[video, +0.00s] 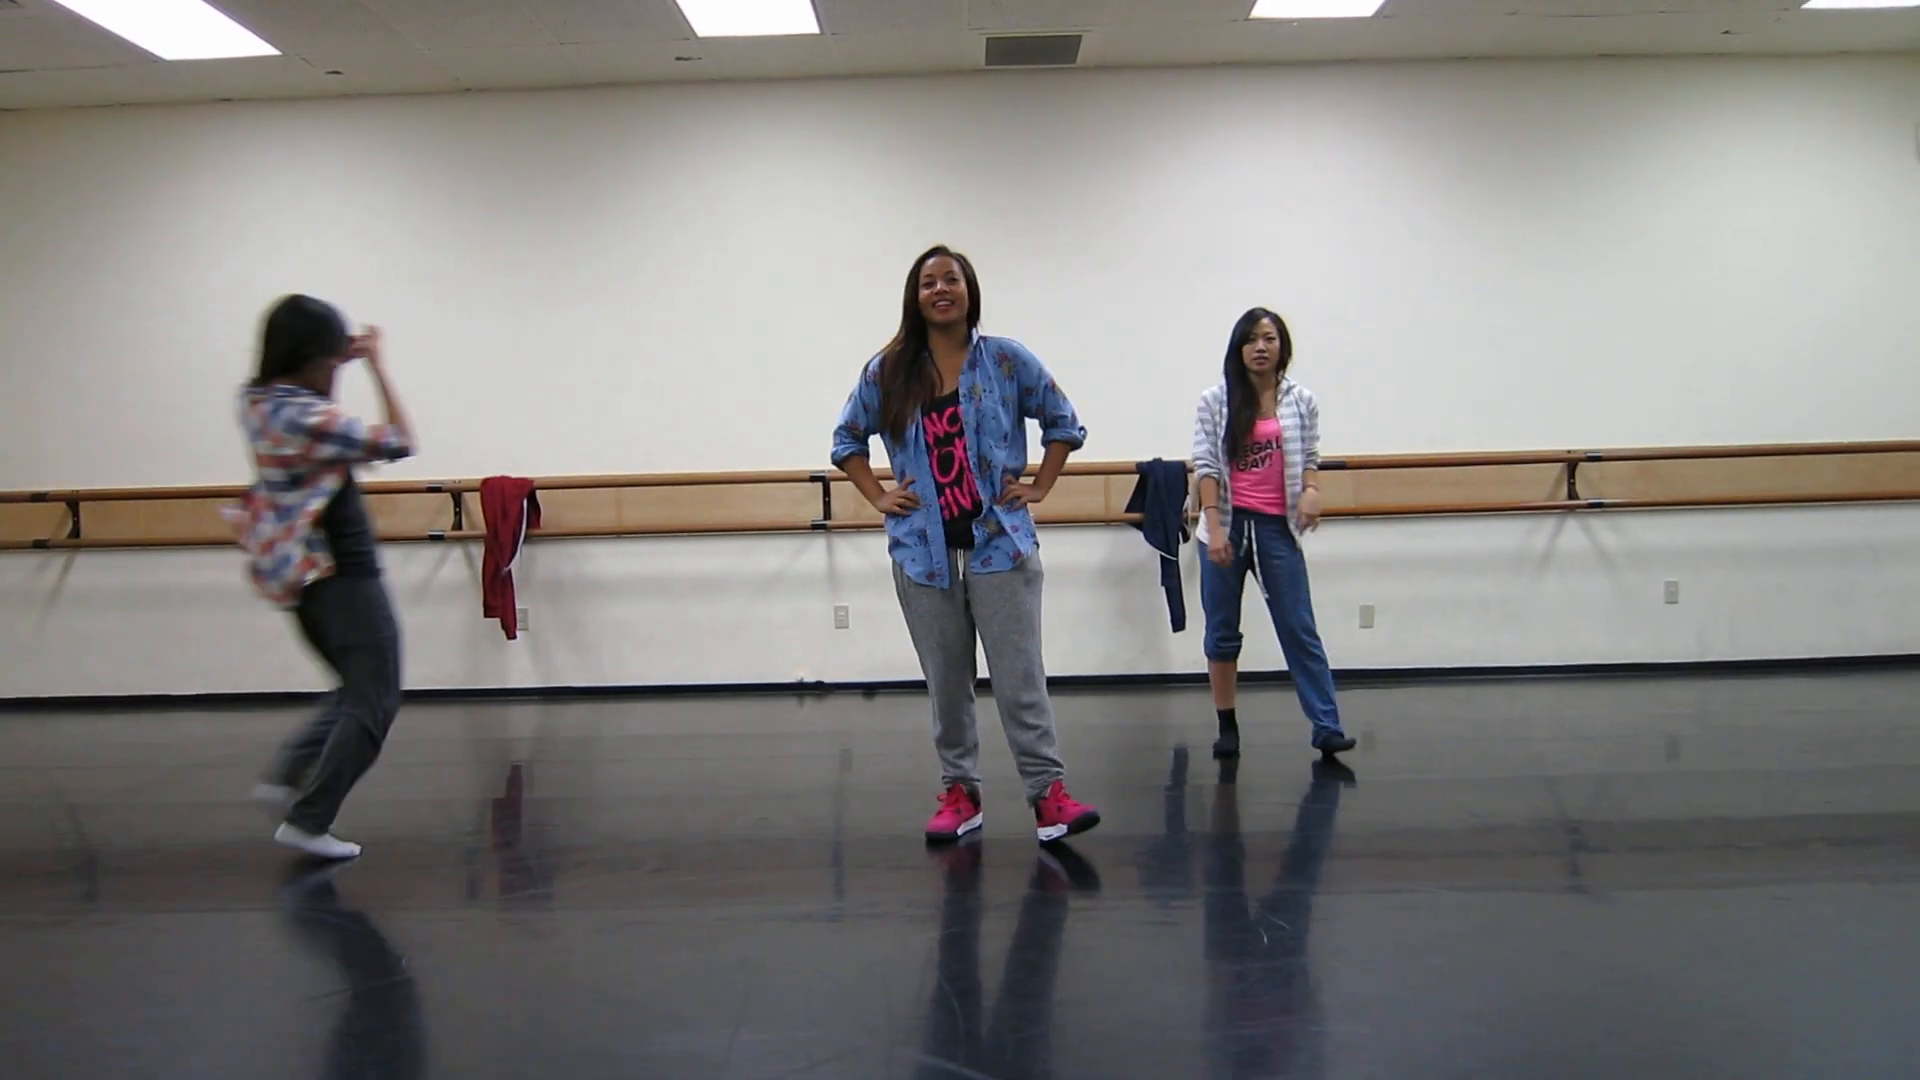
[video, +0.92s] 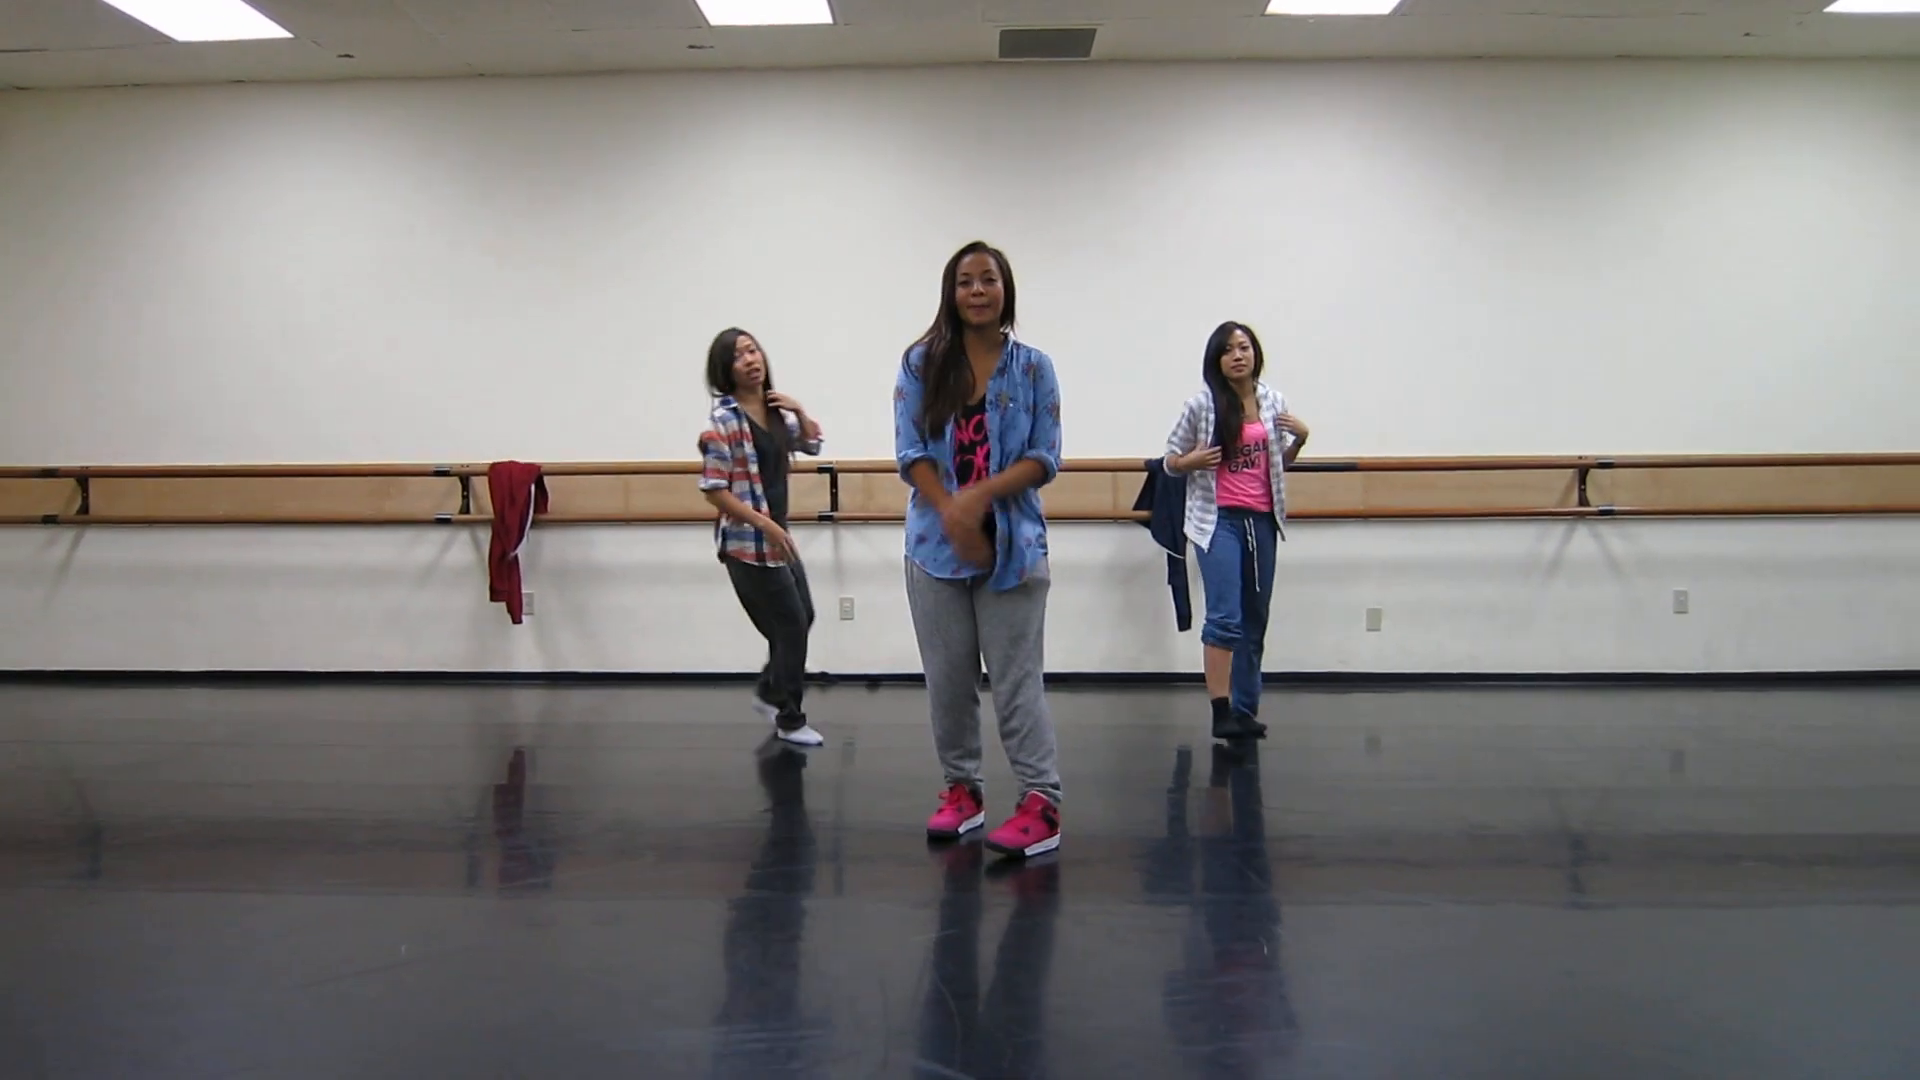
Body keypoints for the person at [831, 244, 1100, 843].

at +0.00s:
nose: (941, 288)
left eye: (951, 279)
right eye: (930, 281)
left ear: (971, 291)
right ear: (914, 297)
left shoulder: (1006, 358)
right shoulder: (887, 371)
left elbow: (1063, 421)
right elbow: (844, 442)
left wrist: (1040, 485)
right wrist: (877, 494)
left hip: (1001, 540)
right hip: (923, 549)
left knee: (1020, 673)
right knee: (946, 680)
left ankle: (1048, 793)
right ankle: (959, 793)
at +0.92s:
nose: (977, 290)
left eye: (988, 280)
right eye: (965, 281)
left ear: (1007, 290)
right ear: (950, 293)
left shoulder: (1033, 365)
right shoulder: (921, 362)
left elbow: (1043, 459)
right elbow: (910, 453)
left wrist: (975, 498)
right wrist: (959, 521)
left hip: (1012, 549)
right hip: (935, 548)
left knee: (1015, 678)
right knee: (948, 677)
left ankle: (1040, 802)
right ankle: (961, 792)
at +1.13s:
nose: (988, 291)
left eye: (998, 281)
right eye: (976, 282)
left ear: (1016, 291)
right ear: (959, 293)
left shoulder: (1040, 360)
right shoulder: (931, 361)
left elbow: (1036, 434)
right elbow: (927, 445)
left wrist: (954, 434)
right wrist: (1003, 467)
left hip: (1028, 541)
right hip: (952, 545)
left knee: (1045, 677)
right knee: (964, 681)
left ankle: (1071, 798)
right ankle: (975, 792)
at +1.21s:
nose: (994, 293)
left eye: (1004, 283)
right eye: (982, 284)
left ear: (1022, 293)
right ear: (964, 296)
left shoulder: (1046, 361)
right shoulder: (937, 364)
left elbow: (1037, 433)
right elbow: (939, 446)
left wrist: (956, 454)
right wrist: (1011, 479)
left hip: (1037, 542)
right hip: (961, 546)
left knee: (1063, 674)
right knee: (973, 679)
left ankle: (1087, 803)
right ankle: (985, 794)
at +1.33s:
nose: (1000, 295)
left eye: (1010, 285)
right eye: (988, 286)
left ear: (1028, 295)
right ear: (971, 297)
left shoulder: (1053, 361)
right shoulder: (946, 368)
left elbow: (1044, 440)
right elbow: (950, 454)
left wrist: (1013, 511)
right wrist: (983, 527)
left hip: (1048, 540)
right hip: (970, 543)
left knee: (1075, 671)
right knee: (985, 677)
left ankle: (1102, 802)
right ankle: (999, 792)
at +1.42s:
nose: (1003, 295)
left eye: (1013, 285)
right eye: (991, 286)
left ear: (1032, 295)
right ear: (974, 296)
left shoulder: (1058, 362)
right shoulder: (948, 370)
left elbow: (1069, 447)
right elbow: (936, 459)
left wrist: (1079, 523)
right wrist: (934, 537)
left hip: (1052, 541)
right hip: (975, 545)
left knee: (1074, 675)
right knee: (991, 677)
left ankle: (1096, 800)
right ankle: (1006, 791)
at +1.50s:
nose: (1003, 294)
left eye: (1015, 283)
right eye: (991, 285)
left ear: (1033, 293)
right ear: (975, 296)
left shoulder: (1062, 364)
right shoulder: (948, 371)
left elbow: (1101, 445)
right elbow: (912, 460)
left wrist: (1143, 516)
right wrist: (878, 540)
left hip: (1058, 546)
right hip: (979, 550)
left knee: (1066, 678)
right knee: (994, 678)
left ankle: (1087, 798)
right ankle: (1008, 791)